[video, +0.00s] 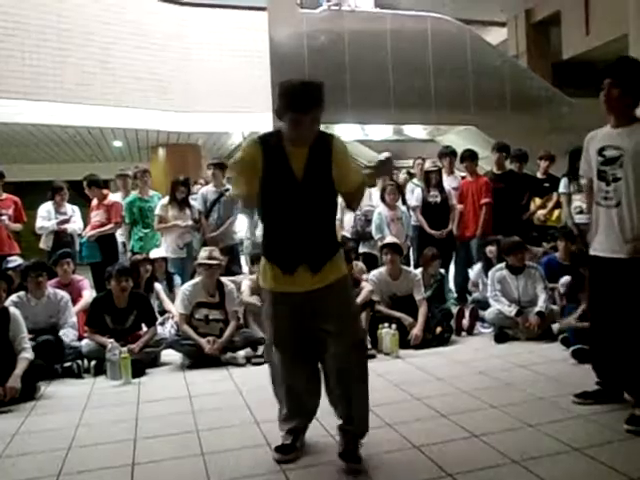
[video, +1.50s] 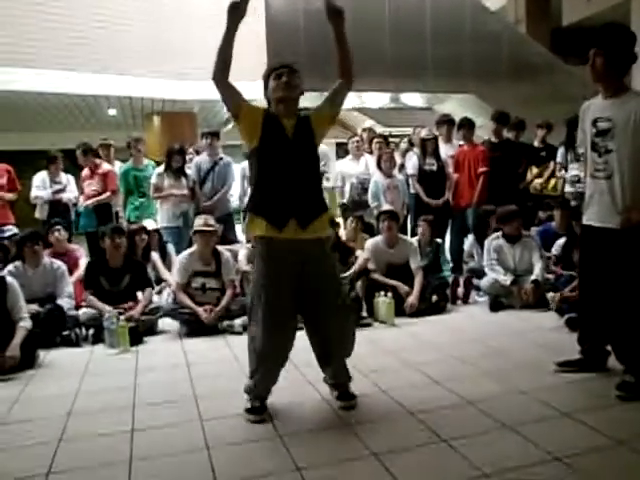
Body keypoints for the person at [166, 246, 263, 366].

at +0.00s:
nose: (210, 271)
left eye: (214, 267)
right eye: (206, 267)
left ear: (220, 269)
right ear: (199, 269)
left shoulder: (228, 289)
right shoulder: (188, 289)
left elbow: (234, 320)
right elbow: (182, 323)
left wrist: (221, 342)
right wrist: (201, 341)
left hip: (222, 334)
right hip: (197, 334)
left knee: (251, 337)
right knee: (173, 342)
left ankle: (200, 360)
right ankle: (221, 358)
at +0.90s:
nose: (207, 261)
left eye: (211, 257)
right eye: (203, 257)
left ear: (217, 259)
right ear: (196, 259)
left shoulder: (225, 279)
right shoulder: (185, 279)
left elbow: (230, 310)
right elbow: (177, 311)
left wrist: (217, 332)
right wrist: (197, 331)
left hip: (217, 325)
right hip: (192, 325)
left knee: (239, 332)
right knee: (169, 332)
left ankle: (190, 350)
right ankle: (217, 349)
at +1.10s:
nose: (202, 238)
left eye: (205, 233)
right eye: (197, 234)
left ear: (212, 235)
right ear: (191, 235)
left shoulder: (219, 256)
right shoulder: (180, 256)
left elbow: (225, 287)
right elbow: (172, 287)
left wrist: (212, 309)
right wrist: (192, 307)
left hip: (211, 301)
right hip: (187, 301)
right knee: (183, 323)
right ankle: (216, 324)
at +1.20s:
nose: (202, 241)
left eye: (206, 237)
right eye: (198, 237)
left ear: (213, 237)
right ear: (191, 238)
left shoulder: (221, 258)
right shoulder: (182, 258)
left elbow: (227, 289)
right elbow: (175, 290)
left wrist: (214, 311)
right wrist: (195, 310)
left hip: (214, 302)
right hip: (190, 302)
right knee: (184, 327)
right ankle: (220, 326)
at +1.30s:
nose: (202, 239)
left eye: (206, 235)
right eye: (198, 235)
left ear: (213, 237)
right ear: (192, 238)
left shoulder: (222, 257)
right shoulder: (182, 258)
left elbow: (228, 288)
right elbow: (175, 290)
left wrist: (214, 311)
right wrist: (195, 309)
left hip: (215, 303)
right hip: (191, 303)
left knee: (241, 304)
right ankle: (218, 326)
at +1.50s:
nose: (206, 239)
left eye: (210, 235)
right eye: (202, 235)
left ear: (216, 237)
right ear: (195, 237)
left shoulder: (224, 257)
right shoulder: (185, 258)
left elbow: (230, 288)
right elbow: (178, 290)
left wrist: (218, 310)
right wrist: (198, 310)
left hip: (218, 304)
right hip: (194, 304)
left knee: (245, 304)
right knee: (168, 310)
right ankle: (220, 326)